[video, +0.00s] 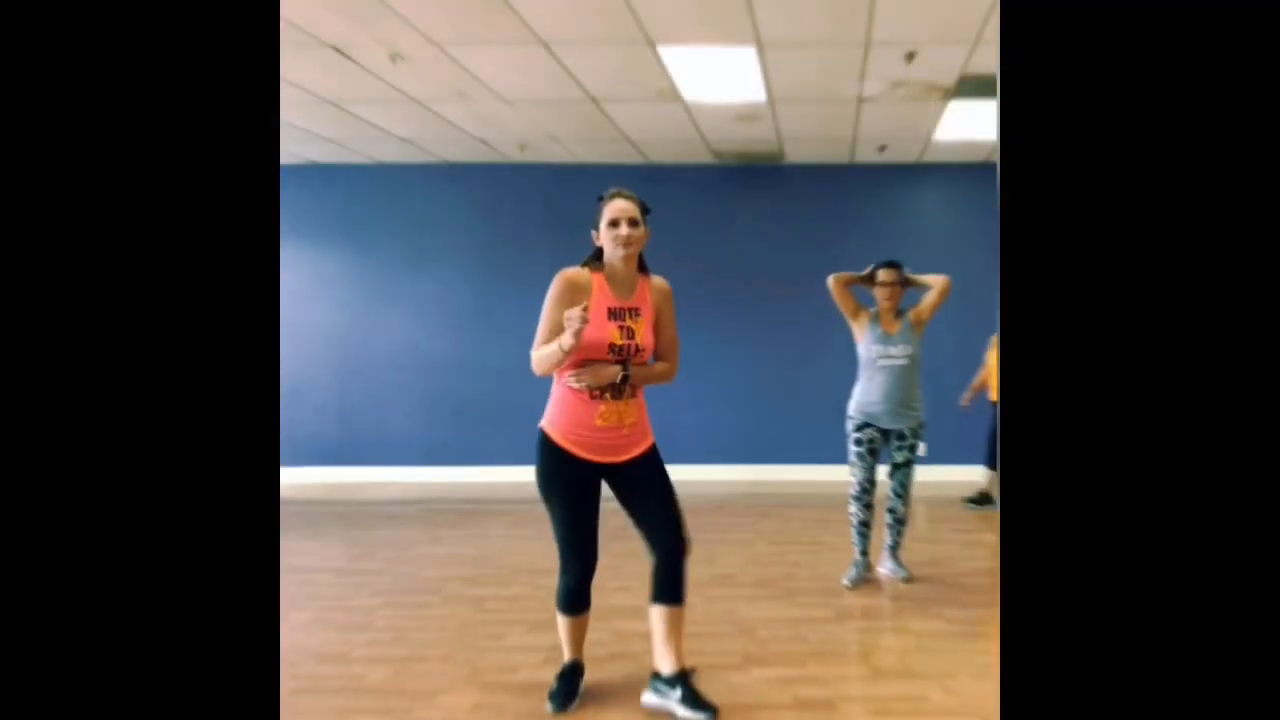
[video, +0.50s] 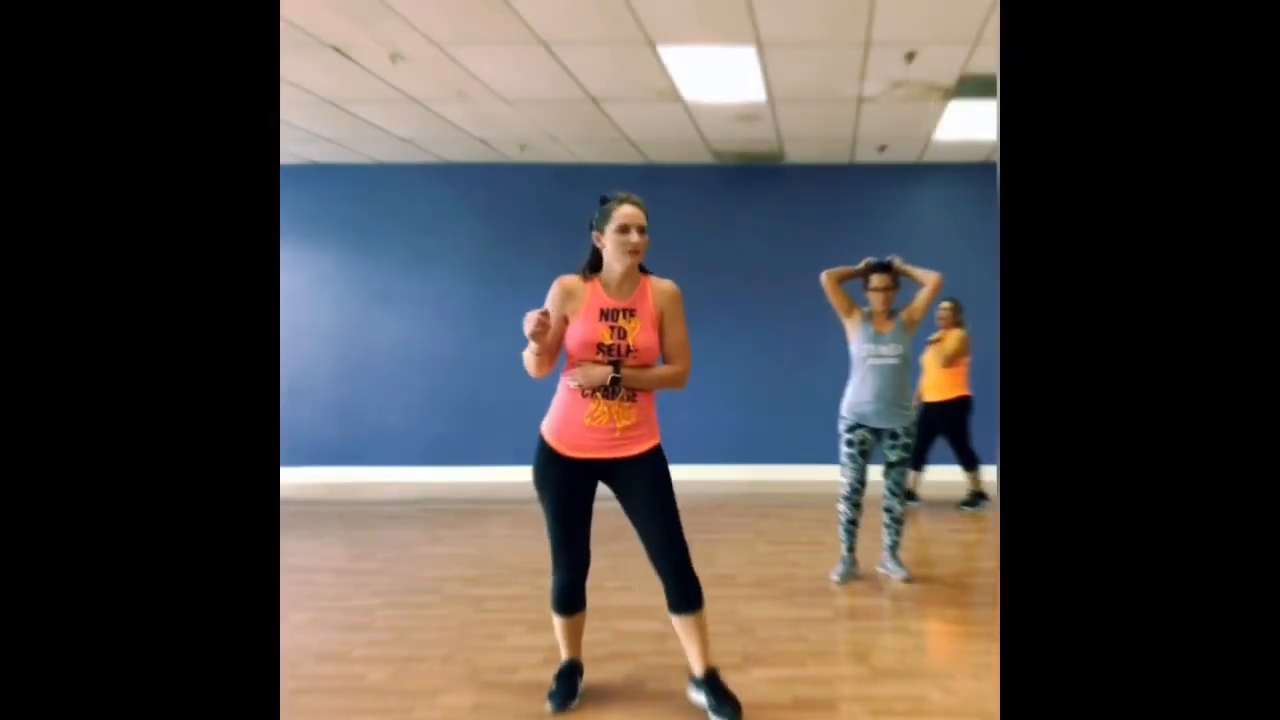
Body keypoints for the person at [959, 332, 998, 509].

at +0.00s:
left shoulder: (993, 342)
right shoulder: (994, 341)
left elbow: (986, 370)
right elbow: (987, 369)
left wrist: (970, 393)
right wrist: (970, 393)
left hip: (996, 402)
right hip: (995, 402)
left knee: (994, 445)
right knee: (993, 445)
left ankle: (990, 489)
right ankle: (989, 489)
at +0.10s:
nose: (991, 315)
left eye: (994, 311)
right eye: (990, 311)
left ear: (999, 315)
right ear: (987, 314)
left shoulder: (994, 338)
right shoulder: (983, 339)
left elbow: (993, 365)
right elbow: (973, 368)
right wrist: (957, 391)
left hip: (993, 397)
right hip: (984, 397)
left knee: (984, 440)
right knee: (983, 440)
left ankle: (982, 489)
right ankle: (981, 489)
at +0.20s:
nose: (981, 314)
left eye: (986, 310)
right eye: (979, 309)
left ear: (994, 314)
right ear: (976, 312)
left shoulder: (995, 335)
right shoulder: (970, 336)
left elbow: (990, 362)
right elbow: (961, 367)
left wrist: (977, 344)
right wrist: (949, 390)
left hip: (988, 394)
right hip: (970, 394)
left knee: (978, 441)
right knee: (974, 441)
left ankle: (980, 490)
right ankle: (980, 490)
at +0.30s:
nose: (968, 313)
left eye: (973, 309)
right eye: (966, 308)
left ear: (983, 314)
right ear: (962, 312)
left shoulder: (984, 333)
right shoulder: (959, 335)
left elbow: (973, 358)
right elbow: (950, 367)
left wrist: (961, 342)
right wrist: (940, 392)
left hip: (978, 394)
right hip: (959, 395)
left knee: (969, 441)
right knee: (951, 440)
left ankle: (981, 488)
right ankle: (982, 478)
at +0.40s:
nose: (955, 313)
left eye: (960, 309)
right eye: (953, 309)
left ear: (970, 314)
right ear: (949, 313)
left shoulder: (972, 334)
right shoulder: (947, 337)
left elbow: (957, 358)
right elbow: (938, 370)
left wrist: (949, 341)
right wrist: (930, 394)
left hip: (966, 396)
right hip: (945, 397)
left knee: (966, 443)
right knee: (933, 439)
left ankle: (978, 489)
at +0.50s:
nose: (942, 314)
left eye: (947, 311)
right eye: (940, 310)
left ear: (957, 315)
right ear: (937, 314)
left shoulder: (959, 335)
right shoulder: (935, 338)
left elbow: (945, 360)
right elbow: (927, 373)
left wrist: (935, 343)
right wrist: (918, 397)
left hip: (954, 397)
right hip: (932, 399)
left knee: (961, 445)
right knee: (919, 444)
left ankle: (976, 489)